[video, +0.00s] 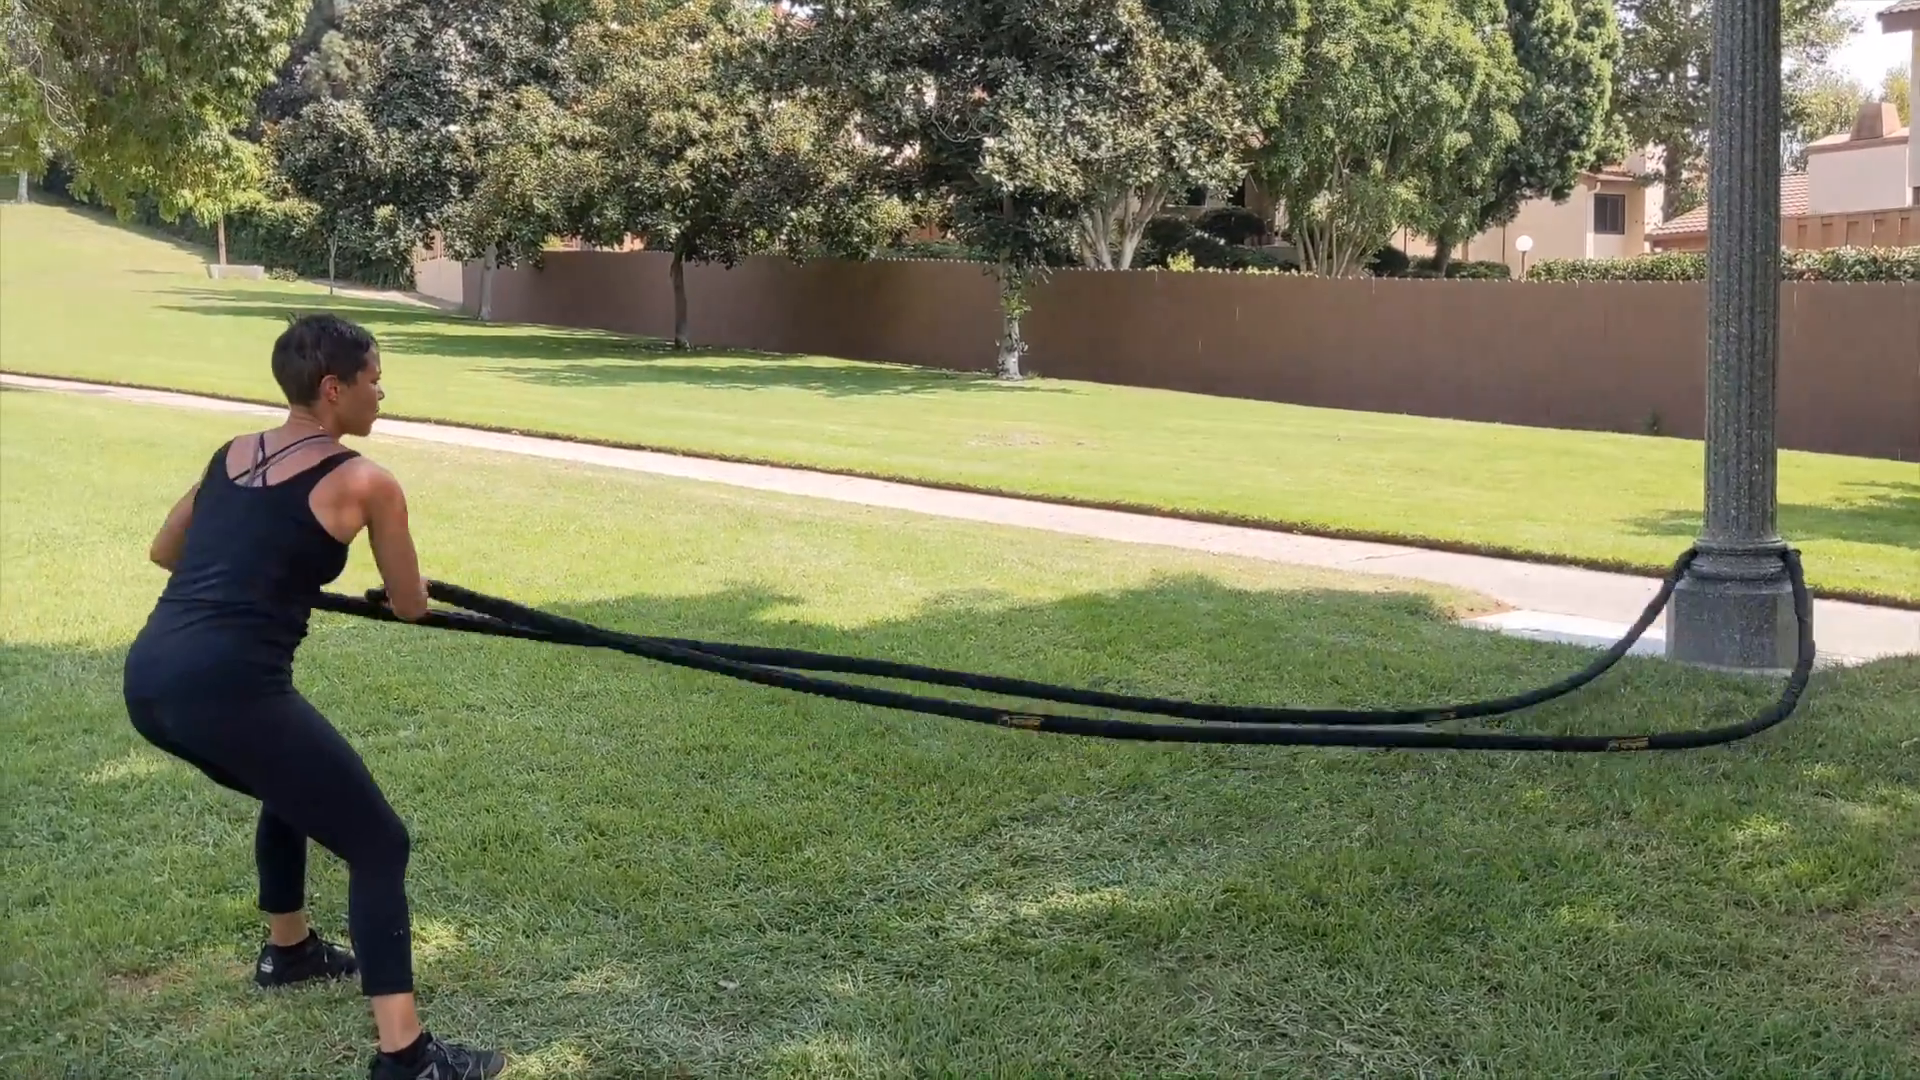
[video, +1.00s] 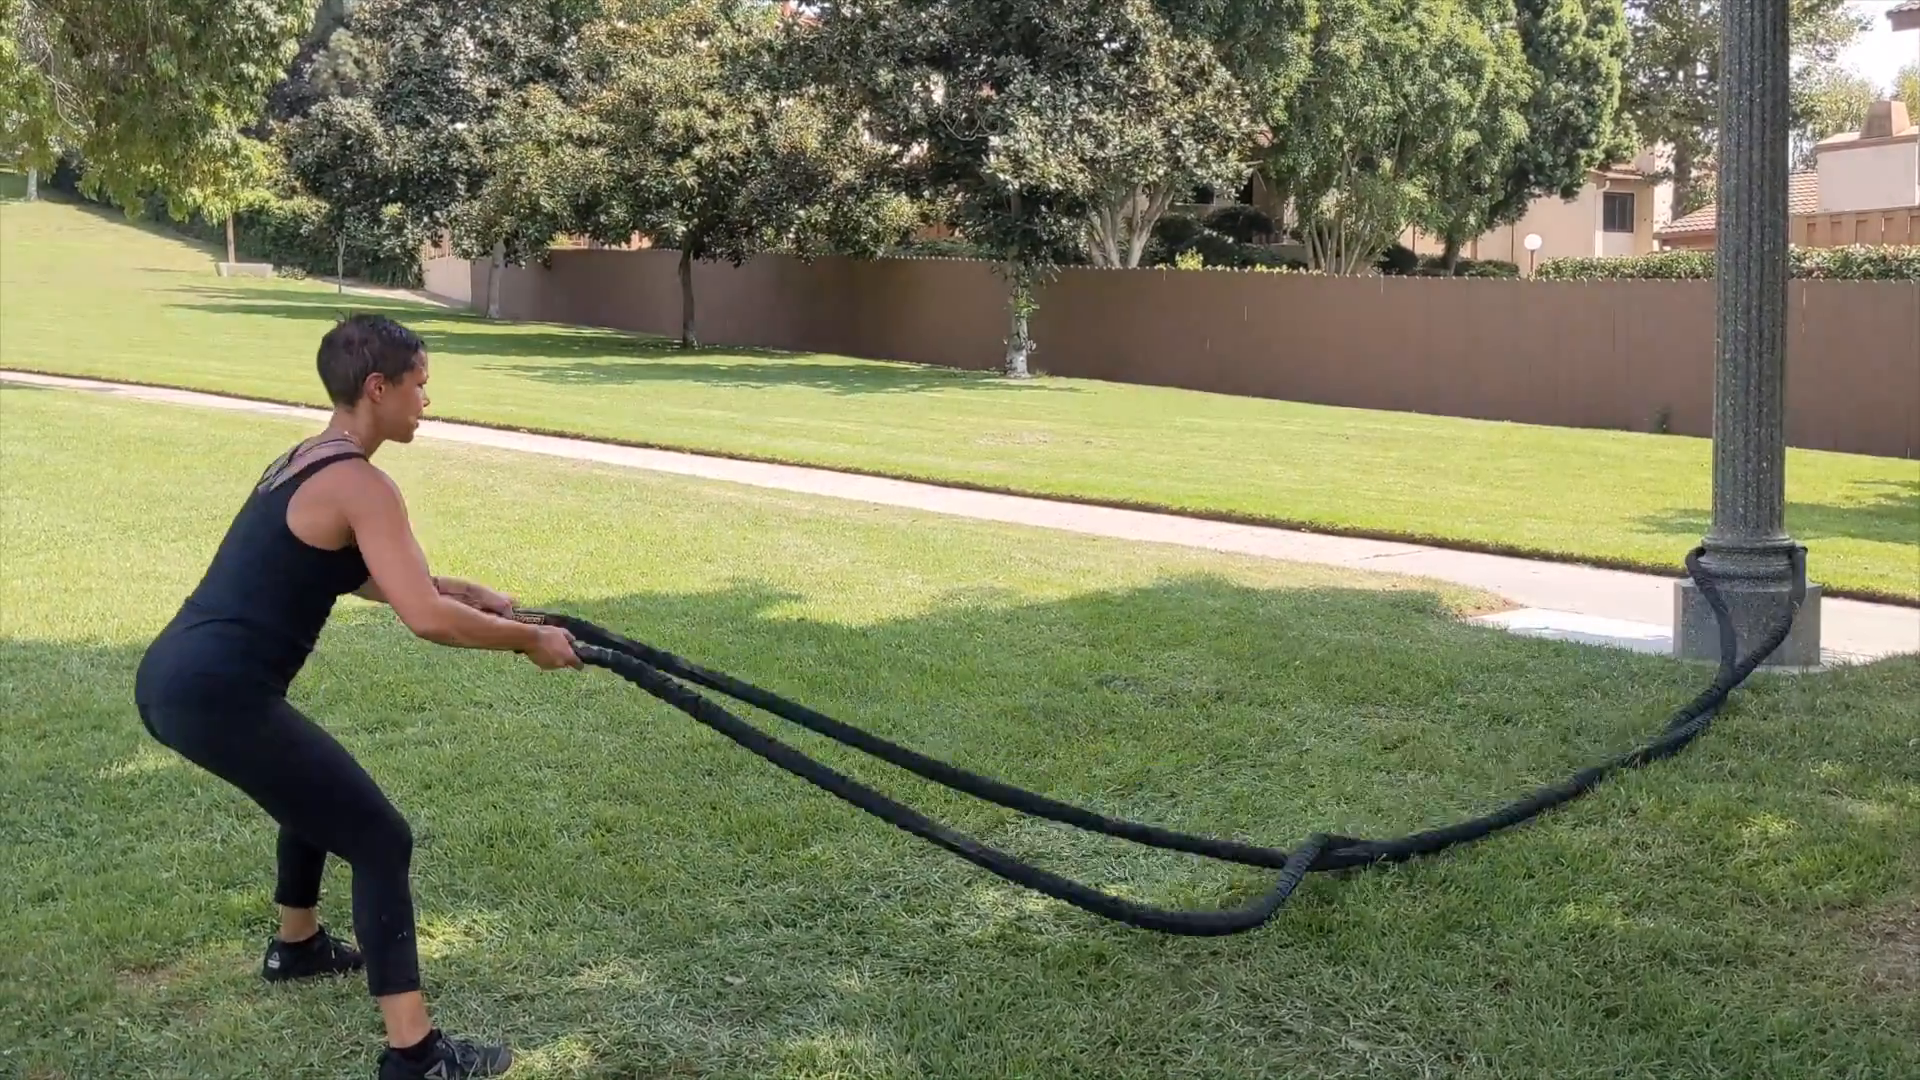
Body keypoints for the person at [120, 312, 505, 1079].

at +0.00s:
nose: (381, 396)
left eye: (379, 381)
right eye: (373, 382)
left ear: (304, 388)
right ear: (330, 389)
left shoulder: (237, 451)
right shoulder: (366, 481)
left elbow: (166, 547)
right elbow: (408, 599)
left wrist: (262, 552)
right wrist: (414, 603)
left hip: (152, 683)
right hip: (234, 691)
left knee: (289, 787)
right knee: (379, 841)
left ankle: (288, 949)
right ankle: (402, 1047)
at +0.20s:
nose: (424, 396)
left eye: (422, 381)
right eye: (416, 381)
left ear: (351, 388)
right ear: (376, 386)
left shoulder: (278, 447)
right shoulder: (399, 485)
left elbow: (205, 544)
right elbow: (425, 607)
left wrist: (306, 560)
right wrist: (377, 580)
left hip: (167, 675)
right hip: (237, 690)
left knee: (301, 786)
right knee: (386, 836)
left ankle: (297, 946)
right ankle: (413, 1046)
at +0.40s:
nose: (441, 397)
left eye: (438, 382)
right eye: (432, 382)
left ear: (376, 392)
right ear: (393, 389)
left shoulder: (332, 471)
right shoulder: (387, 483)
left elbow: (413, 611)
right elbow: (458, 611)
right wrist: (522, 610)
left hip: (188, 686)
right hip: (225, 705)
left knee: (319, 793)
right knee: (391, 841)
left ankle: (299, 948)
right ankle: (417, 1047)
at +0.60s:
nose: (472, 404)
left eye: (470, 388)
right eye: (464, 388)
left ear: (411, 396)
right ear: (421, 394)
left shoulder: (367, 480)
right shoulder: (392, 493)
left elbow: (436, 631)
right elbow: (448, 623)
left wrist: (541, 650)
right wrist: (563, 641)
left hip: (218, 678)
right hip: (233, 697)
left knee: (329, 800)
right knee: (388, 841)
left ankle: (300, 947)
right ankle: (417, 1047)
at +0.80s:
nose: (470, 404)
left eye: (470, 388)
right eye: (463, 388)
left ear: (406, 394)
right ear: (418, 392)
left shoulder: (355, 472)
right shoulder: (386, 492)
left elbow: (417, 612)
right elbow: (432, 613)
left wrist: (499, 638)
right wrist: (570, 625)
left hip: (207, 673)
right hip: (233, 695)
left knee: (326, 793)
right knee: (391, 839)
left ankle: (297, 944)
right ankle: (415, 1047)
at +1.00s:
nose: (426, 404)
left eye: (426, 387)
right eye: (419, 387)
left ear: (359, 389)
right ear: (376, 387)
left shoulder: (303, 461)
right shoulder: (363, 487)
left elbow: (357, 576)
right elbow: (431, 619)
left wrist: (471, 594)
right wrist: (527, 638)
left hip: (173, 677)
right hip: (217, 696)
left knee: (318, 790)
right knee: (381, 838)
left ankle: (296, 945)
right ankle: (412, 1047)